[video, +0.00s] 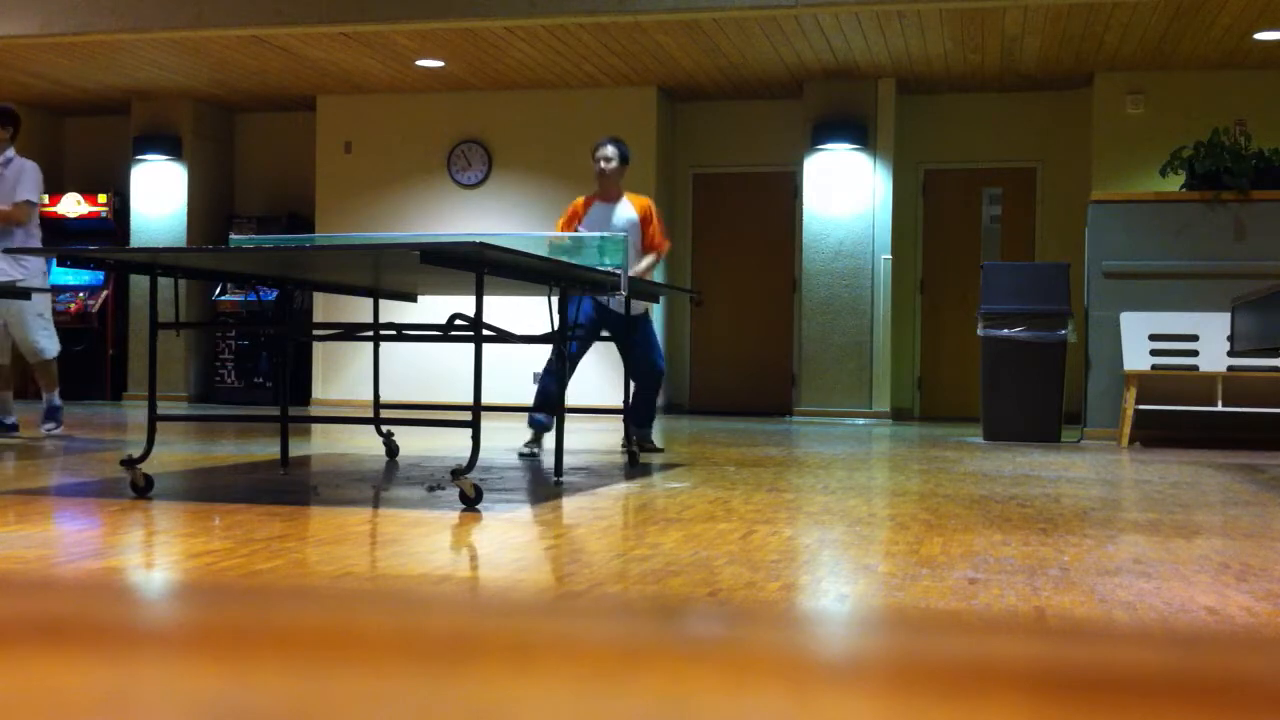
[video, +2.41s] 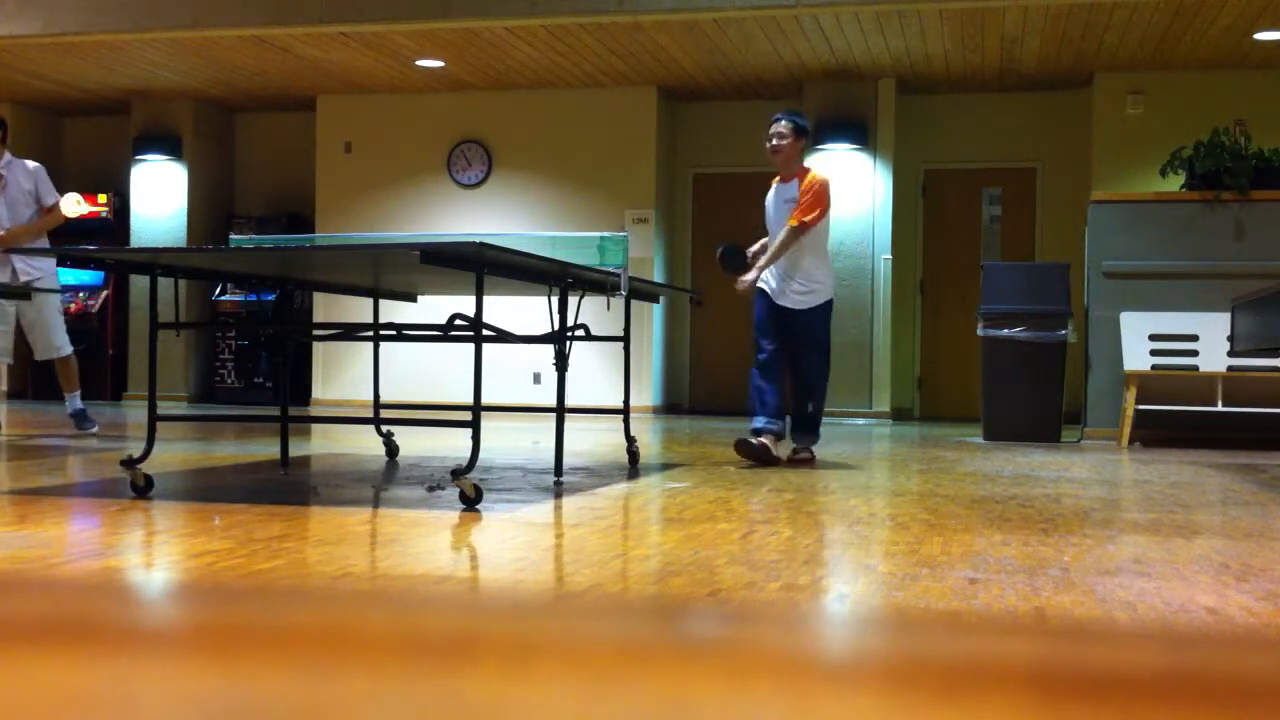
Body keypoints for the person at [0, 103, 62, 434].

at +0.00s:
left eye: (1, 129)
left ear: (9, 132)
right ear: (7, 132)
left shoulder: (25, 168)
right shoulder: (9, 170)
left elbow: (21, 215)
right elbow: (19, 214)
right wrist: (9, 212)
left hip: (23, 271)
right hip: (3, 272)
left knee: (35, 343)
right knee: (2, 350)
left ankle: (52, 403)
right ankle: (6, 415)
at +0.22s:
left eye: (4, 134)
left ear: (23, 139)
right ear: (4, 140)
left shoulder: (45, 178)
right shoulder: (1, 179)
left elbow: (57, 227)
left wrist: (11, 217)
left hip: (44, 282)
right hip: (5, 280)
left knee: (54, 357)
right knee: (2, 356)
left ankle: (59, 418)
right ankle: (6, 418)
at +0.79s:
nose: (12, 147)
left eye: (18, 141)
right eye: (8, 141)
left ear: (37, 144)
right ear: (4, 144)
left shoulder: (60, 182)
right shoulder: (1, 181)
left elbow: (80, 227)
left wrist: (45, 230)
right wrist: (8, 253)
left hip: (53, 281)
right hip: (9, 280)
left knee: (63, 350)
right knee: (1, 352)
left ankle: (61, 415)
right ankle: (0, 413)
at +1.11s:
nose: (36, 165)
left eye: (43, 160)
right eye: (32, 159)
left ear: (60, 164)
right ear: (28, 162)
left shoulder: (79, 196)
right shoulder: (15, 197)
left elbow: (90, 230)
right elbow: (1, 230)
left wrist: (90, 253)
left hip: (73, 291)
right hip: (25, 292)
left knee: (88, 350)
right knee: (6, 350)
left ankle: (94, 415)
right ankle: (1, 412)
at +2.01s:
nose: (1, 151)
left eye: (4, 145)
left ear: (23, 146)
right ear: (6, 149)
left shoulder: (58, 181)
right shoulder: (3, 191)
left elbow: (88, 224)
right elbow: (6, 240)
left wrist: (53, 243)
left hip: (65, 284)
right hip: (20, 284)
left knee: (85, 353)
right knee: (2, 352)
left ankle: (94, 416)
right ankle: (0, 416)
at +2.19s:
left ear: (5, 142)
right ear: (4, 142)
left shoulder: (38, 177)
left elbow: (68, 218)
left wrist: (29, 243)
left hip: (49, 283)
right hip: (7, 283)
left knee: (75, 351)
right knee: (2, 358)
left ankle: (90, 413)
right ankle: (3, 423)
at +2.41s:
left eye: (0, 132)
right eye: (0, 133)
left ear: (5, 135)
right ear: (5, 136)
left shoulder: (29, 171)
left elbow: (58, 213)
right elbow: (54, 213)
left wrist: (19, 234)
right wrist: (20, 236)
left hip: (37, 274)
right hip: (4, 276)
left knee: (59, 346)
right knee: (1, 356)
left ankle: (76, 408)